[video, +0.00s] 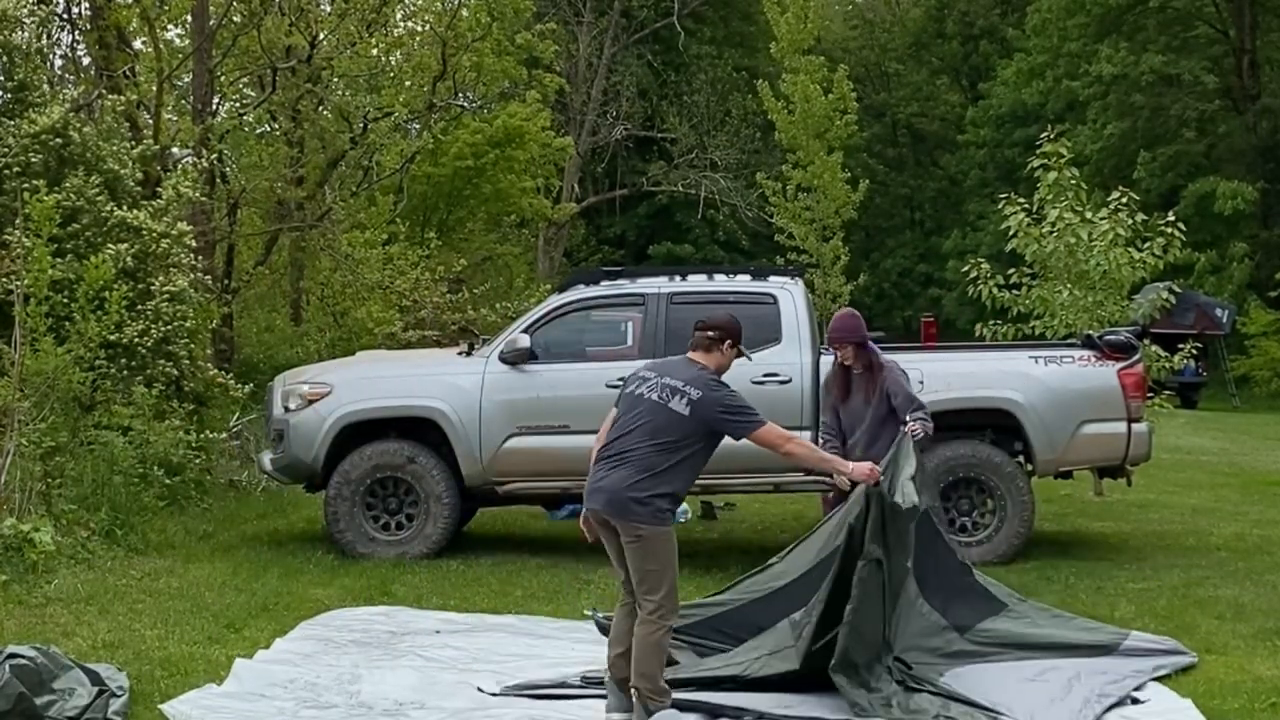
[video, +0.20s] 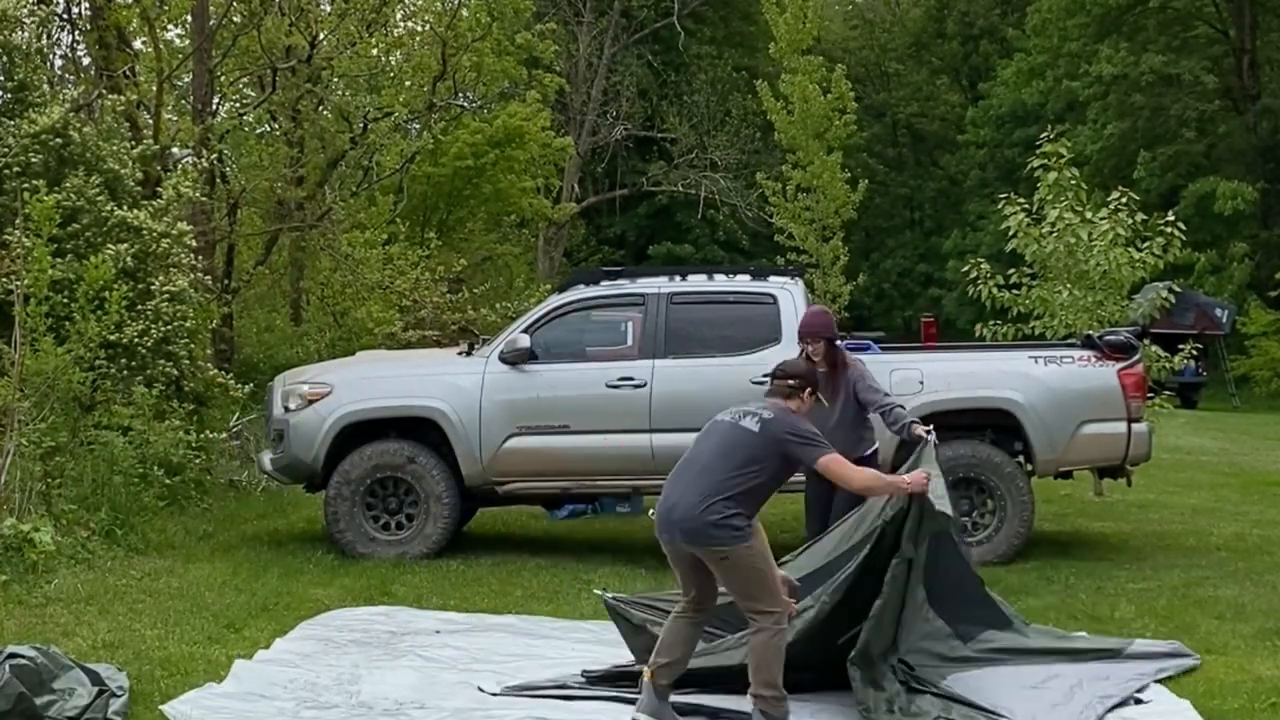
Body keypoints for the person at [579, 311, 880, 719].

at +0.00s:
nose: (733, 362)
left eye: (735, 355)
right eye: (734, 354)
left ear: (693, 343)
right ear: (725, 348)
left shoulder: (645, 372)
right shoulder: (714, 393)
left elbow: (601, 440)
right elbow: (785, 444)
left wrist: (590, 502)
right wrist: (846, 467)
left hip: (599, 496)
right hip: (642, 504)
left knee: (632, 596)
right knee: (657, 606)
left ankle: (619, 694)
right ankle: (651, 706)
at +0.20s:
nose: (812, 407)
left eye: (813, 401)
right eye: (813, 401)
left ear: (772, 390)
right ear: (804, 396)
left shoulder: (733, 413)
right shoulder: (791, 425)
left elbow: (730, 502)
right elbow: (854, 480)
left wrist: (766, 571)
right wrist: (902, 483)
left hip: (669, 518)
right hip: (719, 522)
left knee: (694, 602)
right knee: (770, 613)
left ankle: (652, 697)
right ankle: (770, 711)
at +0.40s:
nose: (833, 413)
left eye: (830, 410)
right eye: (832, 409)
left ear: (786, 406)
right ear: (824, 408)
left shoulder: (750, 428)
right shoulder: (816, 438)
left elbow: (733, 497)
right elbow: (880, 485)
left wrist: (787, 540)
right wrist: (941, 499)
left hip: (690, 519)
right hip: (741, 523)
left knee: (706, 605)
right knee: (784, 616)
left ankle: (680, 699)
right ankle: (772, 709)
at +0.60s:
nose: (821, 456)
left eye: (820, 450)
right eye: (821, 451)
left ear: (782, 443)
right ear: (816, 448)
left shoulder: (746, 458)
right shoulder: (811, 465)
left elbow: (748, 519)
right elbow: (889, 485)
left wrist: (806, 547)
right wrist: (953, 487)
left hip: (679, 538)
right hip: (735, 542)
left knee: (709, 609)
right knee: (786, 619)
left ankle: (690, 699)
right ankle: (770, 707)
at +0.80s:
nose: (832, 511)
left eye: (829, 507)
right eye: (825, 505)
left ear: (781, 500)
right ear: (802, 504)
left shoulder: (751, 519)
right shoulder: (790, 516)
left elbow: (769, 597)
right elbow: (867, 525)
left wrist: (805, 653)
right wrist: (924, 519)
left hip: (671, 608)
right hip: (703, 607)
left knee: (747, 617)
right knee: (809, 619)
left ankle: (697, 694)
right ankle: (774, 709)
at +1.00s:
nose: (807, 565)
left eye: (808, 560)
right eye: (807, 556)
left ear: (776, 530)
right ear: (794, 538)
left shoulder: (752, 558)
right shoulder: (772, 537)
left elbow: (782, 624)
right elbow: (856, 549)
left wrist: (824, 668)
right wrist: (901, 542)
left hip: (673, 640)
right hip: (690, 628)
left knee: (770, 636)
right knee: (795, 608)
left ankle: (700, 700)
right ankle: (774, 710)